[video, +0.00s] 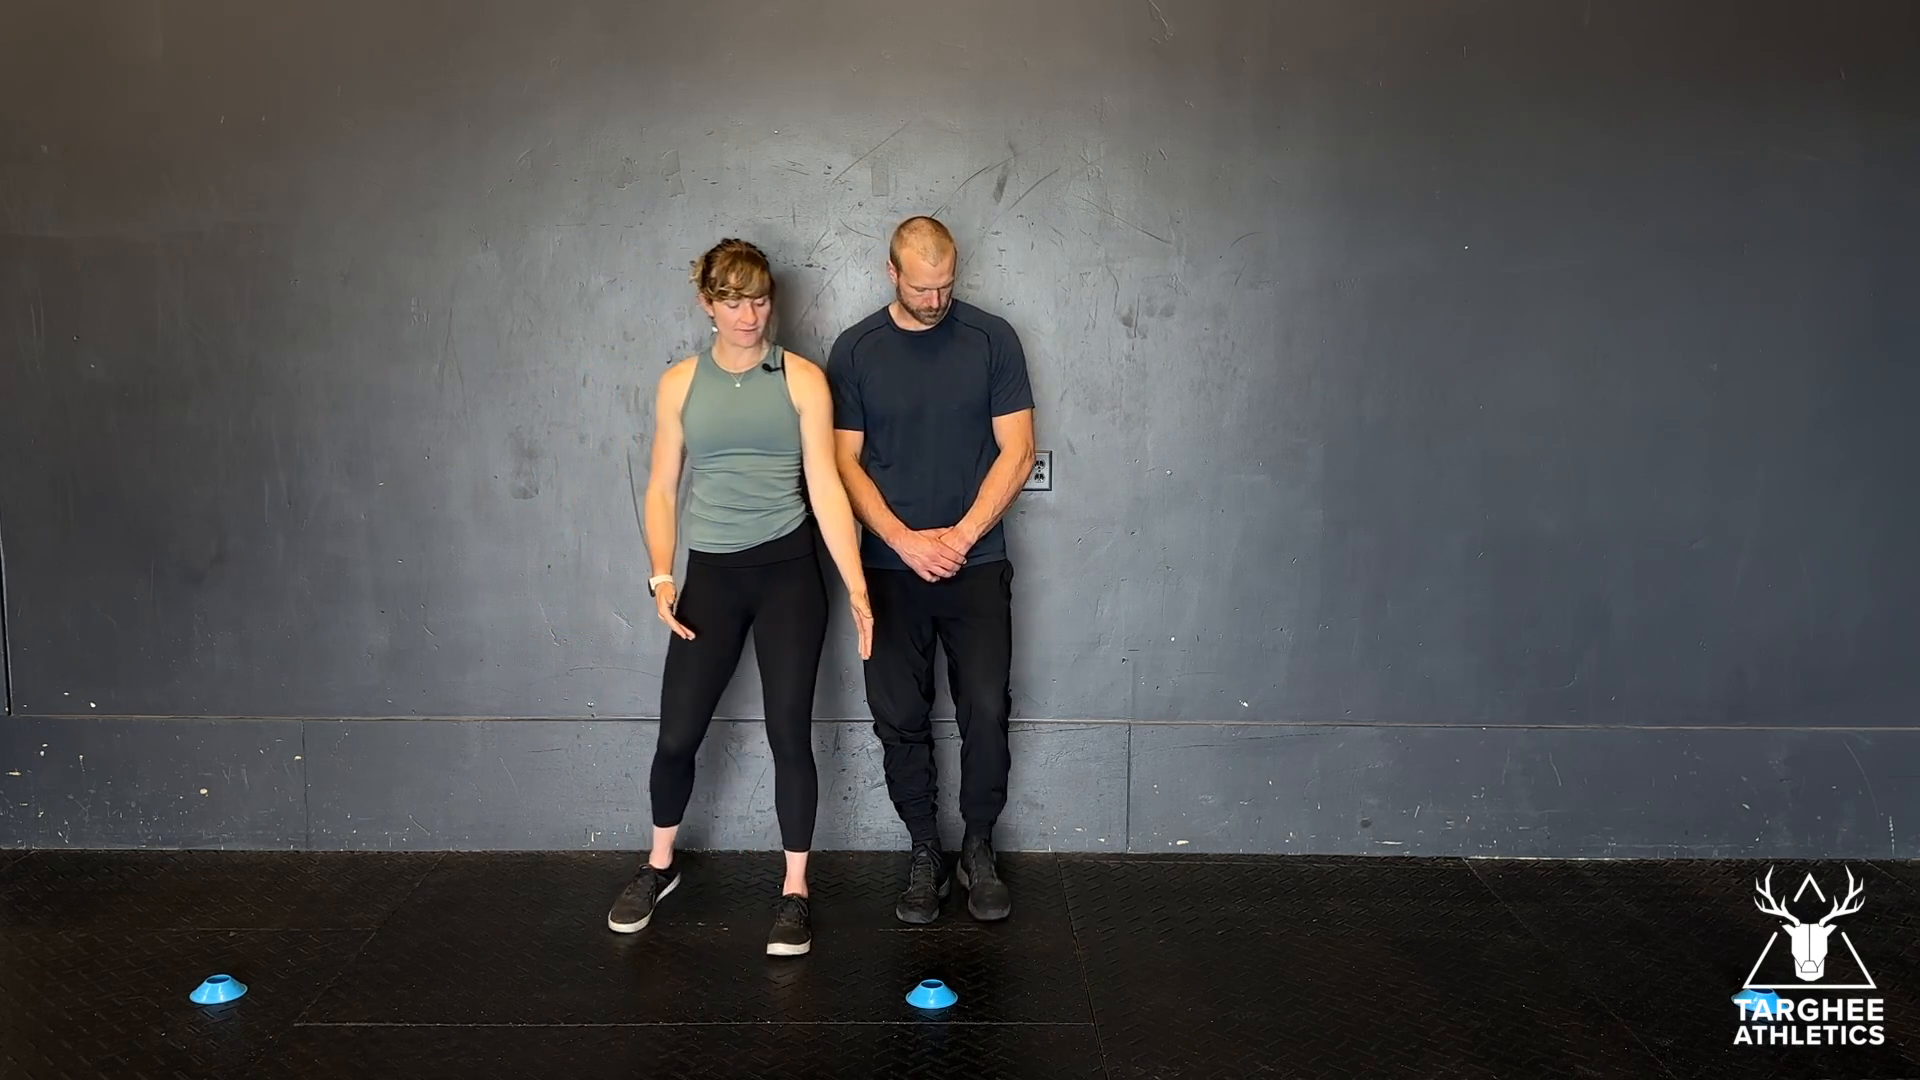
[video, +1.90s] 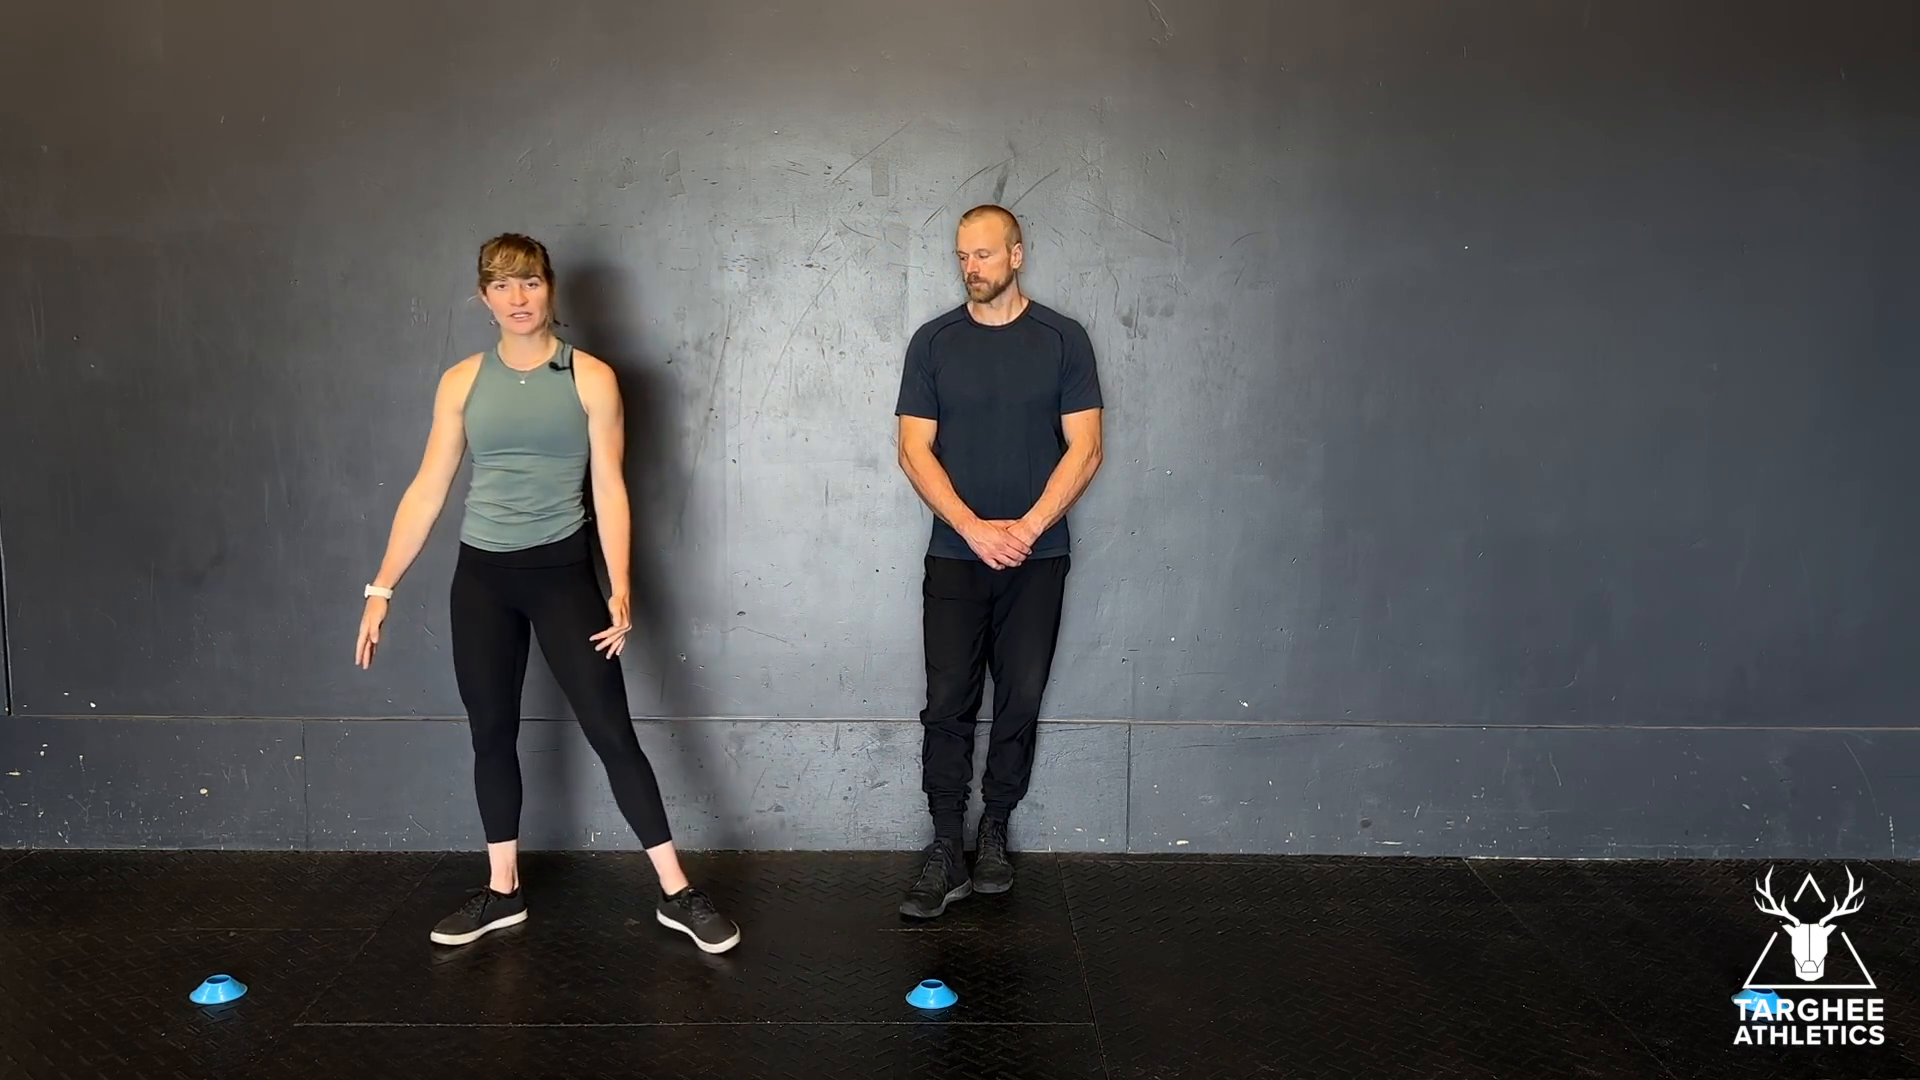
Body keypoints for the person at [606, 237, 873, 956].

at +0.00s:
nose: (747, 313)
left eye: (757, 299)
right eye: (732, 301)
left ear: (771, 302)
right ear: (708, 305)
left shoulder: (803, 380)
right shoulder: (680, 383)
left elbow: (826, 489)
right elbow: (663, 487)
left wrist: (856, 587)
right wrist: (662, 573)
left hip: (791, 570)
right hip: (710, 572)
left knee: (788, 733)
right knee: (675, 739)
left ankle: (795, 889)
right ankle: (660, 861)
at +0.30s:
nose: (773, 311)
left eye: (785, 297)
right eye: (759, 298)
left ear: (800, 300)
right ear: (738, 304)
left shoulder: (833, 381)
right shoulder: (707, 383)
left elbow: (852, 494)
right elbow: (685, 488)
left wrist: (881, 595)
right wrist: (673, 587)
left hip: (815, 574)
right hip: (735, 577)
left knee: (803, 731)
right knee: (735, 730)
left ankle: (796, 889)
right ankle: (764, 853)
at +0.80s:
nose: (751, 311)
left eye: (765, 298)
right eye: (747, 298)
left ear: (805, 302)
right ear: (746, 304)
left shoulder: (847, 388)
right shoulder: (727, 373)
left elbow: (864, 504)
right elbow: (688, 476)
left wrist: (876, 600)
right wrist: (647, 564)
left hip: (805, 574)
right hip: (725, 572)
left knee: (794, 737)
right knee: (676, 724)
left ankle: (793, 891)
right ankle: (671, 886)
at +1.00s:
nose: (735, 308)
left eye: (748, 296)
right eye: (731, 296)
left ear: (790, 299)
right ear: (734, 303)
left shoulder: (833, 388)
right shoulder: (715, 376)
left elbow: (852, 502)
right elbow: (655, 473)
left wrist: (866, 603)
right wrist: (586, 558)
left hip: (786, 574)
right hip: (710, 572)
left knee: (788, 736)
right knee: (639, 716)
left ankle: (794, 892)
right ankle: (580, 872)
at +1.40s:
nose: (640, 323)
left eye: (654, 311)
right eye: (636, 312)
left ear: (695, 315)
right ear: (635, 319)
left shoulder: (731, 402)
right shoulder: (615, 391)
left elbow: (759, 515)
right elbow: (553, 488)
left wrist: (773, 616)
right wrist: (483, 576)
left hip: (680, 588)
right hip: (602, 587)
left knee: (723, 746)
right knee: (540, 734)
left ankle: (785, 892)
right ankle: (502, 885)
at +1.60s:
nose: (576, 309)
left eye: (589, 295)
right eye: (564, 296)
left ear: (615, 301)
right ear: (552, 306)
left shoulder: (650, 389)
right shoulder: (528, 383)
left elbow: (670, 504)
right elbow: (482, 487)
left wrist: (680, 610)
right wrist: (422, 581)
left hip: (608, 580)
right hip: (528, 580)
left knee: (667, 739)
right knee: (510, 736)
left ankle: (744, 888)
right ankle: (504, 890)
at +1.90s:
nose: (517, 296)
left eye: (528, 282)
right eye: (502, 284)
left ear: (549, 291)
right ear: (485, 298)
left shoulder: (590, 379)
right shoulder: (463, 382)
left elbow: (609, 486)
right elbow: (428, 490)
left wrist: (619, 589)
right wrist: (381, 588)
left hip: (565, 573)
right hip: (482, 578)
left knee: (613, 732)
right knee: (491, 734)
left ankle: (676, 890)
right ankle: (504, 891)